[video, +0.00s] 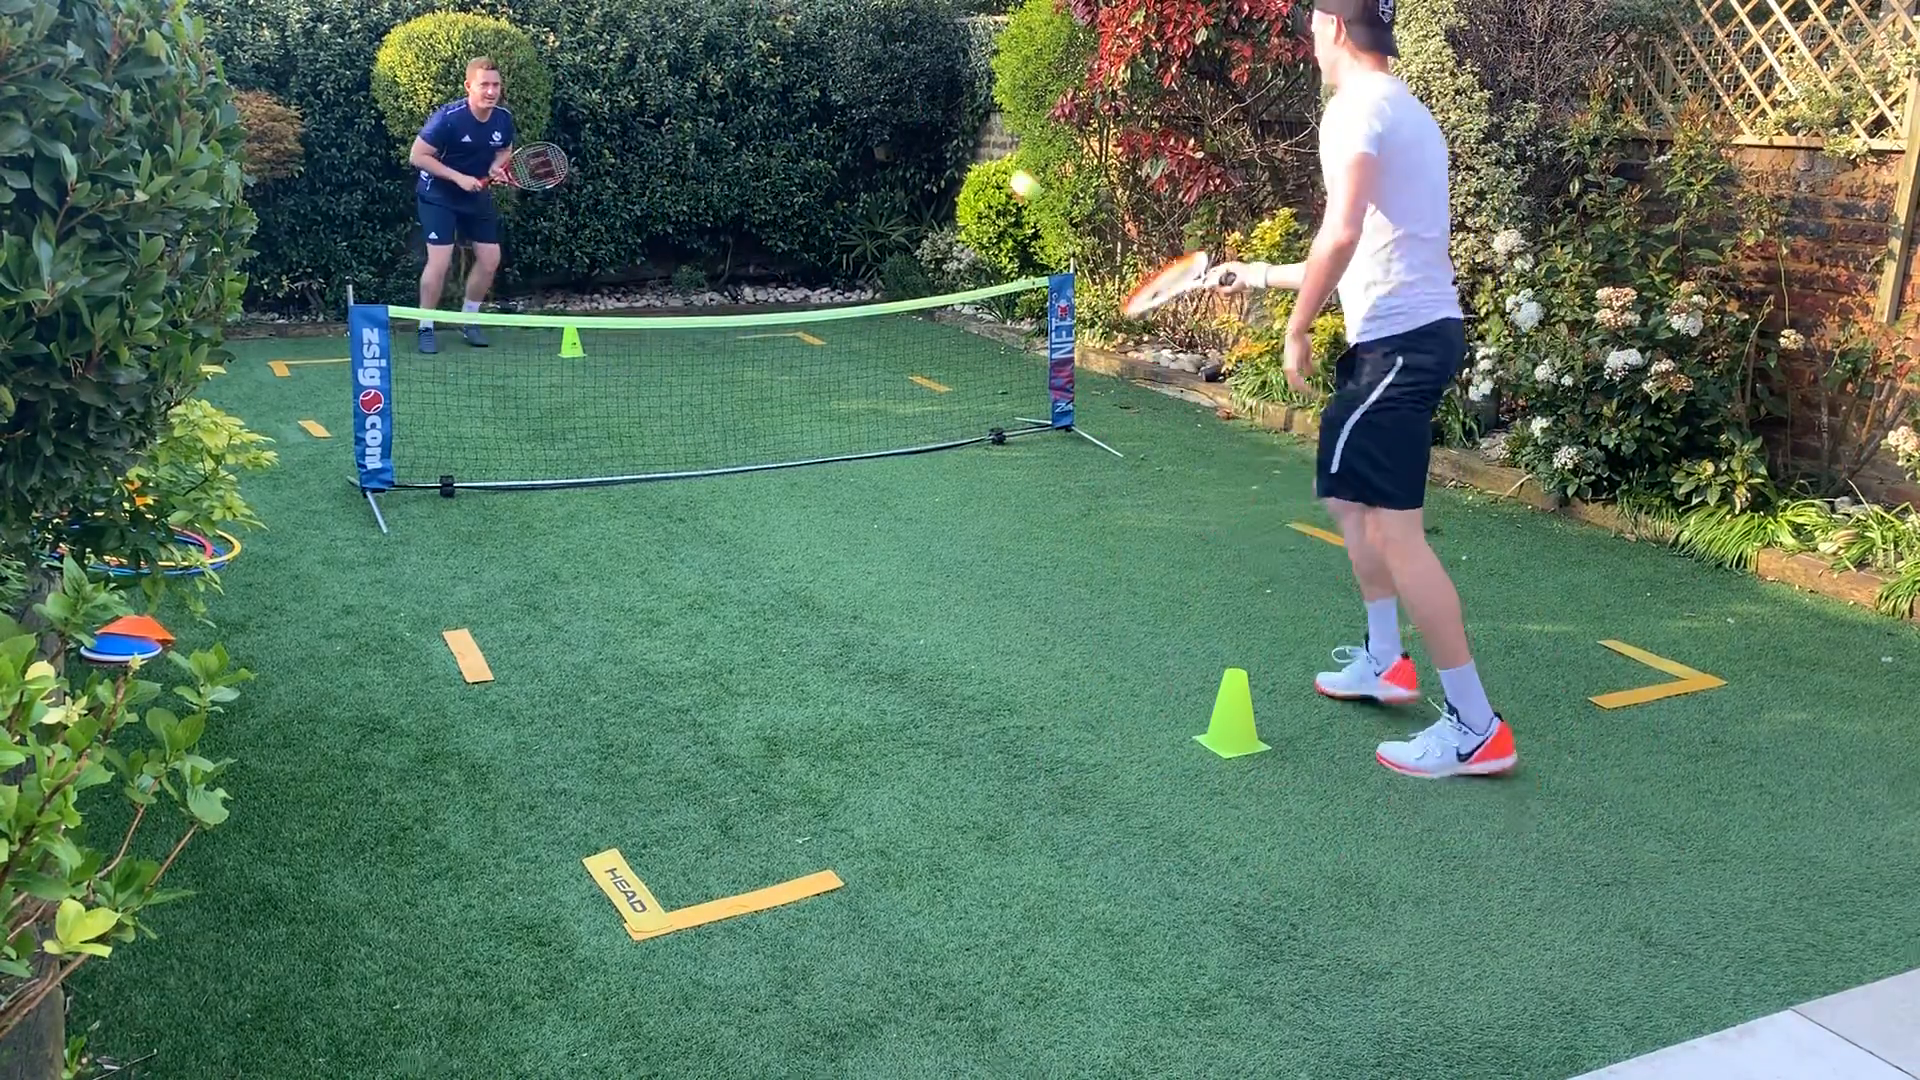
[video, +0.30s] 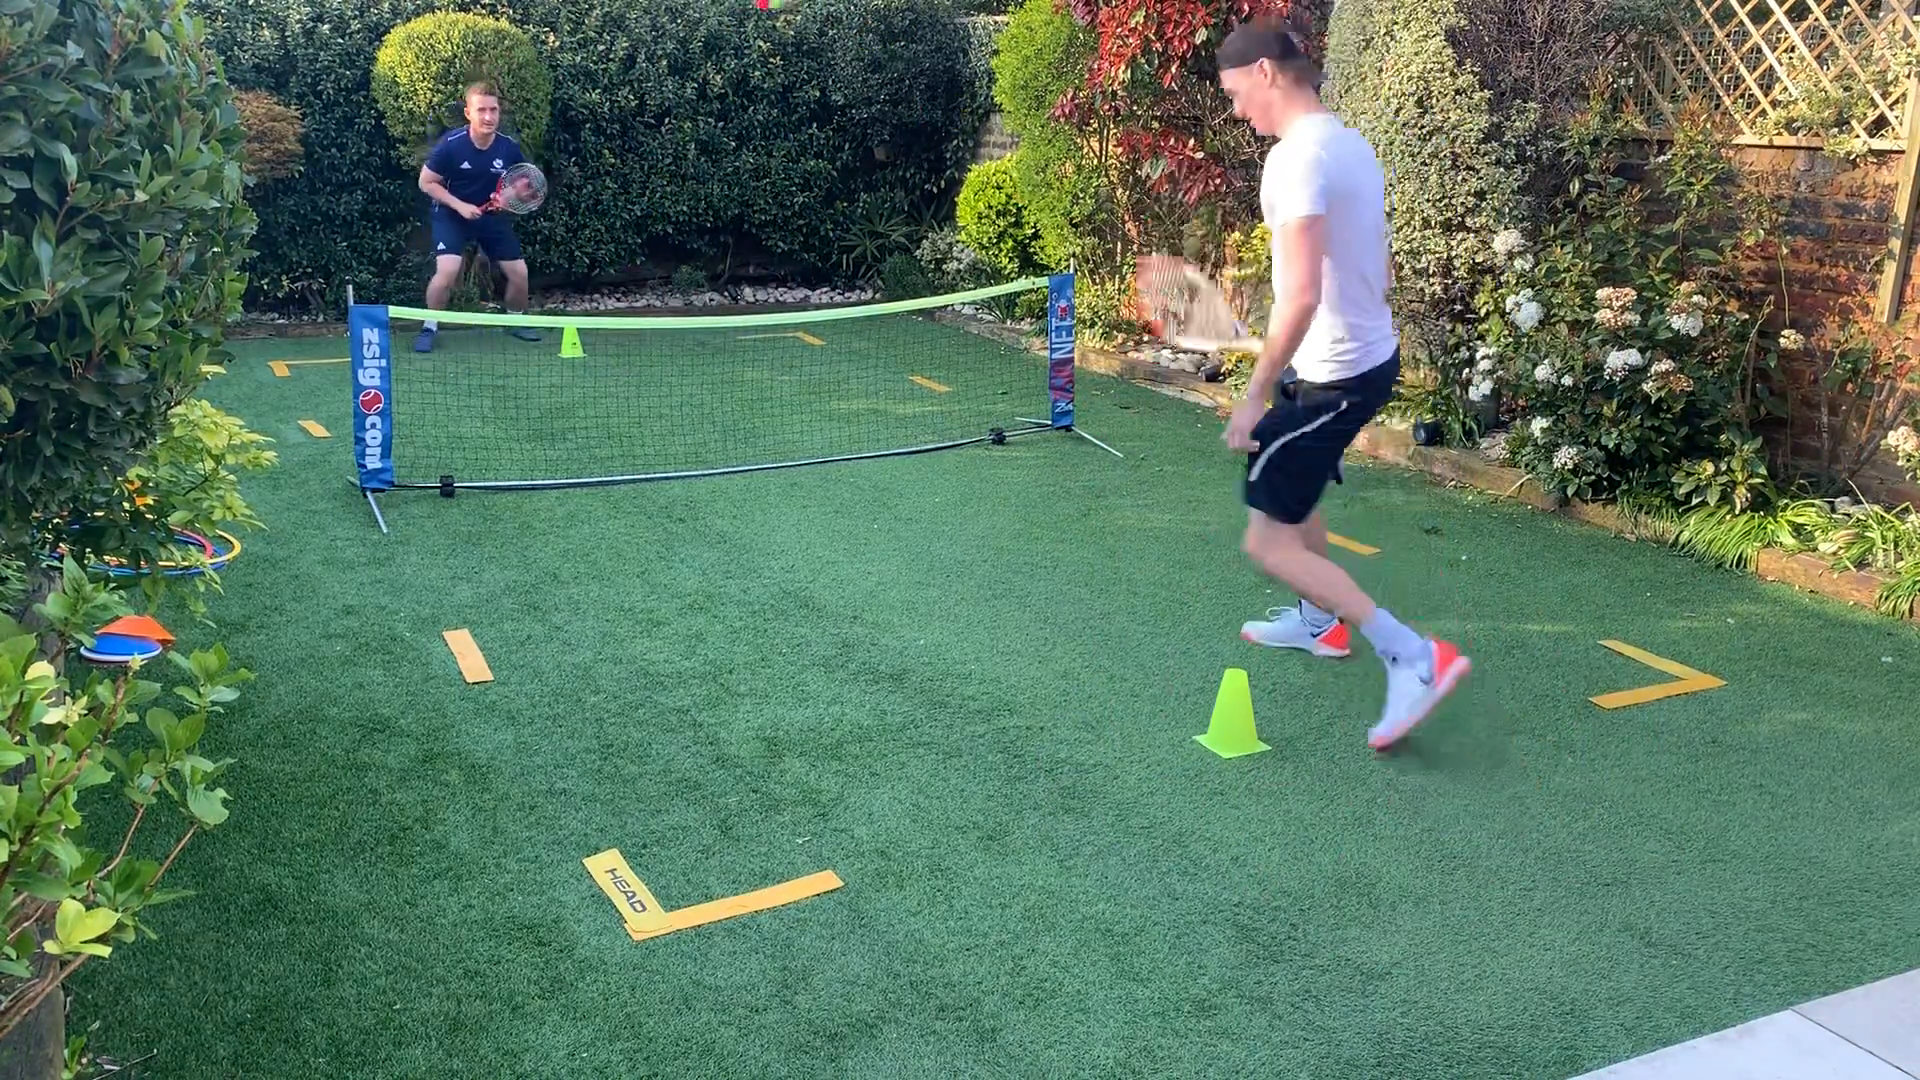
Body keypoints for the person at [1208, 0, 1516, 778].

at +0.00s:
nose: (1308, 41)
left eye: (1311, 26)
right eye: (1309, 27)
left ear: (1333, 27)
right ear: (1378, 31)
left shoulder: (1357, 104)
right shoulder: (1406, 108)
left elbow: (1345, 231)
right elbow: (1364, 254)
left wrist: (1299, 328)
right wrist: (1252, 274)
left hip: (1401, 337)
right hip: (1405, 334)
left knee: (1394, 530)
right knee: (1345, 489)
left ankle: (1476, 723)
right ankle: (1383, 658)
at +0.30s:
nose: (1236, 110)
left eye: (1234, 93)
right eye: (1230, 96)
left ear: (1266, 74)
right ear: (1284, 72)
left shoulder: (1298, 158)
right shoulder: (1348, 144)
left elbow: (1299, 296)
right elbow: (1370, 277)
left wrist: (1254, 400)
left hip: (1331, 369)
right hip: (1362, 357)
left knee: (1269, 546)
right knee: (1298, 486)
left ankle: (1414, 657)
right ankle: (1317, 619)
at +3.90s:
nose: (964, 101)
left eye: (964, 90)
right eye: (977, 89)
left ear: (969, 92)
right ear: (1049, 96)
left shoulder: (963, 155)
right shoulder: (1099, 175)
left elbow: (946, 280)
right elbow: (1165, 321)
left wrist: (916, 425)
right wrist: (1107, 418)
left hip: (1014, 428)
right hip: (1098, 435)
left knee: (893, 575)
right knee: (1069, 637)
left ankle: (835, 765)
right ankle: (1151, 842)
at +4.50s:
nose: (1306, 122)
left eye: (1309, 108)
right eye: (1309, 106)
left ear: (1324, 116)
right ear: (1396, 114)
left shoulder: (1312, 216)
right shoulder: (1461, 202)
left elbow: (1306, 365)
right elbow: (1536, 343)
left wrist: (1283, 490)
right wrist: (1487, 429)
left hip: (1390, 471)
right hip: (1487, 462)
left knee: (1345, 675)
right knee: (1525, 637)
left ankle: (1364, 868)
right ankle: (1612, 832)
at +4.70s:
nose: (1315, 132)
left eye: (1319, 119)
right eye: (1319, 118)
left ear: (1337, 128)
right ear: (1392, 128)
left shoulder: (1347, 212)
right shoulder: (1453, 198)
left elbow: (1352, 345)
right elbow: (1483, 322)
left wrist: (1317, 455)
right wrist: (1398, 423)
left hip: (1446, 427)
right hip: (1527, 425)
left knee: (1344, 535)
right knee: (1494, 599)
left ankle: (1389, 714)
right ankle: (1594, 755)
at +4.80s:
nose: (1308, 162)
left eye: (1312, 149)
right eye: (1310, 149)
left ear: (1331, 157)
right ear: (1382, 154)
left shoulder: (1348, 246)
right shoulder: (1449, 215)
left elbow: (1323, 389)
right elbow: (1479, 344)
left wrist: (1286, 480)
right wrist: (1405, 424)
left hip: (1455, 438)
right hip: (1529, 437)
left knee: (1350, 524)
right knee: (1445, 551)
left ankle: (1378, 700)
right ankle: (1549, 673)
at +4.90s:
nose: (1305, 181)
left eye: (1309, 168)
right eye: (1306, 167)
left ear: (1328, 176)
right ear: (1378, 170)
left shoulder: (1357, 265)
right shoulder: (1441, 220)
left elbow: (1321, 411)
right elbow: (1484, 341)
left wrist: (1282, 478)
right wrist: (1410, 418)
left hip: (1494, 428)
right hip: (1546, 413)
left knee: (1351, 526)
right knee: (1414, 501)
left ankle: (1379, 700)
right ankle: (1486, 654)